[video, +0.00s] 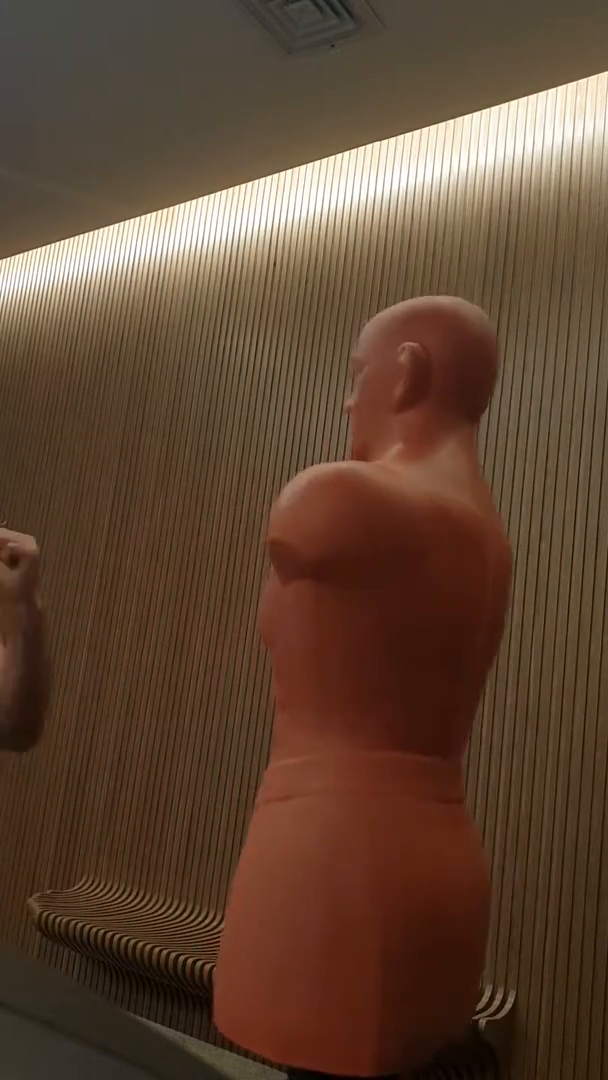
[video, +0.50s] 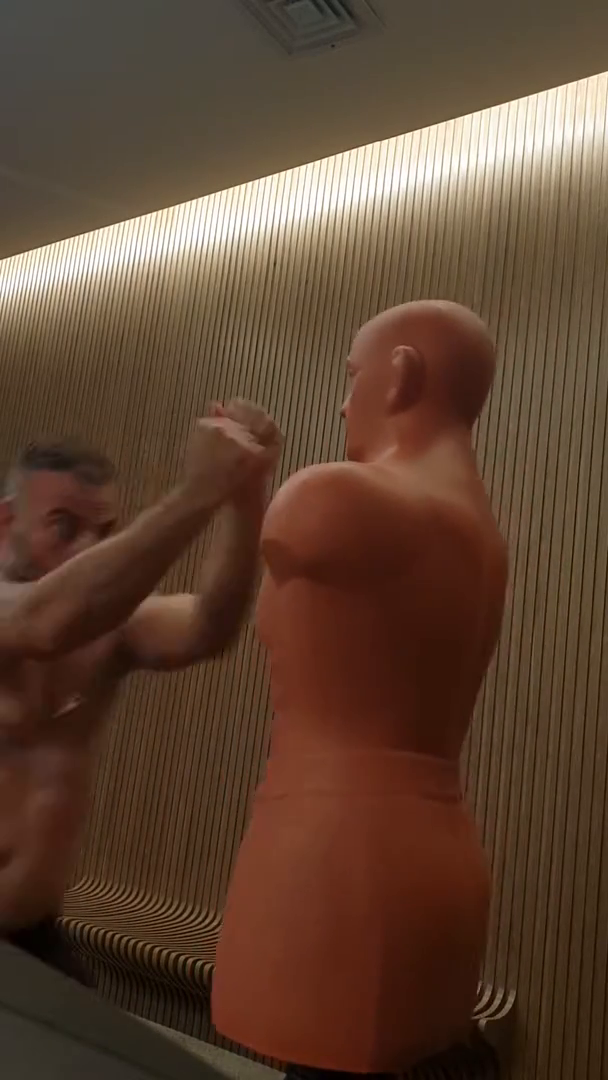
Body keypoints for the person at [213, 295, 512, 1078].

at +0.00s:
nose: (348, 397)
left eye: (358, 372)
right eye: (351, 374)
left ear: (409, 373)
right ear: (474, 399)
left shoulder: (333, 501)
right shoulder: (488, 536)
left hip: (328, 866)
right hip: (437, 853)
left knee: (288, 1062)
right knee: (404, 1062)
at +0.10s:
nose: (385, 398)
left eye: (398, 371)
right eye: (390, 373)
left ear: (450, 374)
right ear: (513, 400)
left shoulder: (370, 502)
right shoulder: (518, 540)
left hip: (347, 872)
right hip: (455, 863)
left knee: (302, 1062)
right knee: (419, 1063)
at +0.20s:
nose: (400, 393)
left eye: (414, 367)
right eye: (406, 369)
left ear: (466, 374)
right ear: (529, 402)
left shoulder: (382, 502)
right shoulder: (533, 545)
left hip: (353, 875)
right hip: (462, 865)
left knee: (306, 1062)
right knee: (419, 1064)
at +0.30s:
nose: (385, 396)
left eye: (397, 370)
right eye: (390, 372)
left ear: (449, 375)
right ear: (511, 402)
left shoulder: (368, 503)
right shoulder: (519, 544)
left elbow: (321, 527)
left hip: (345, 874)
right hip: (454, 862)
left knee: (302, 1064)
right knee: (411, 1065)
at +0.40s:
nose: (355, 402)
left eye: (366, 376)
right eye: (359, 379)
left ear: (419, 376)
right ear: (480, 399)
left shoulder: (339, 503)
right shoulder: (493, 536)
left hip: (335, 861)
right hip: (440, 848)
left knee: (295, 1064)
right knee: (402, 1063)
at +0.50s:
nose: (345, 401)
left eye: (354, 376)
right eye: (347, 378)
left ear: (404, 376)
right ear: (467, 398)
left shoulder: (332, 501)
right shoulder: (479, 528)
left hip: (332, 859)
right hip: (434, 846)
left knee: (293, 1063)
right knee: (404, 1063)